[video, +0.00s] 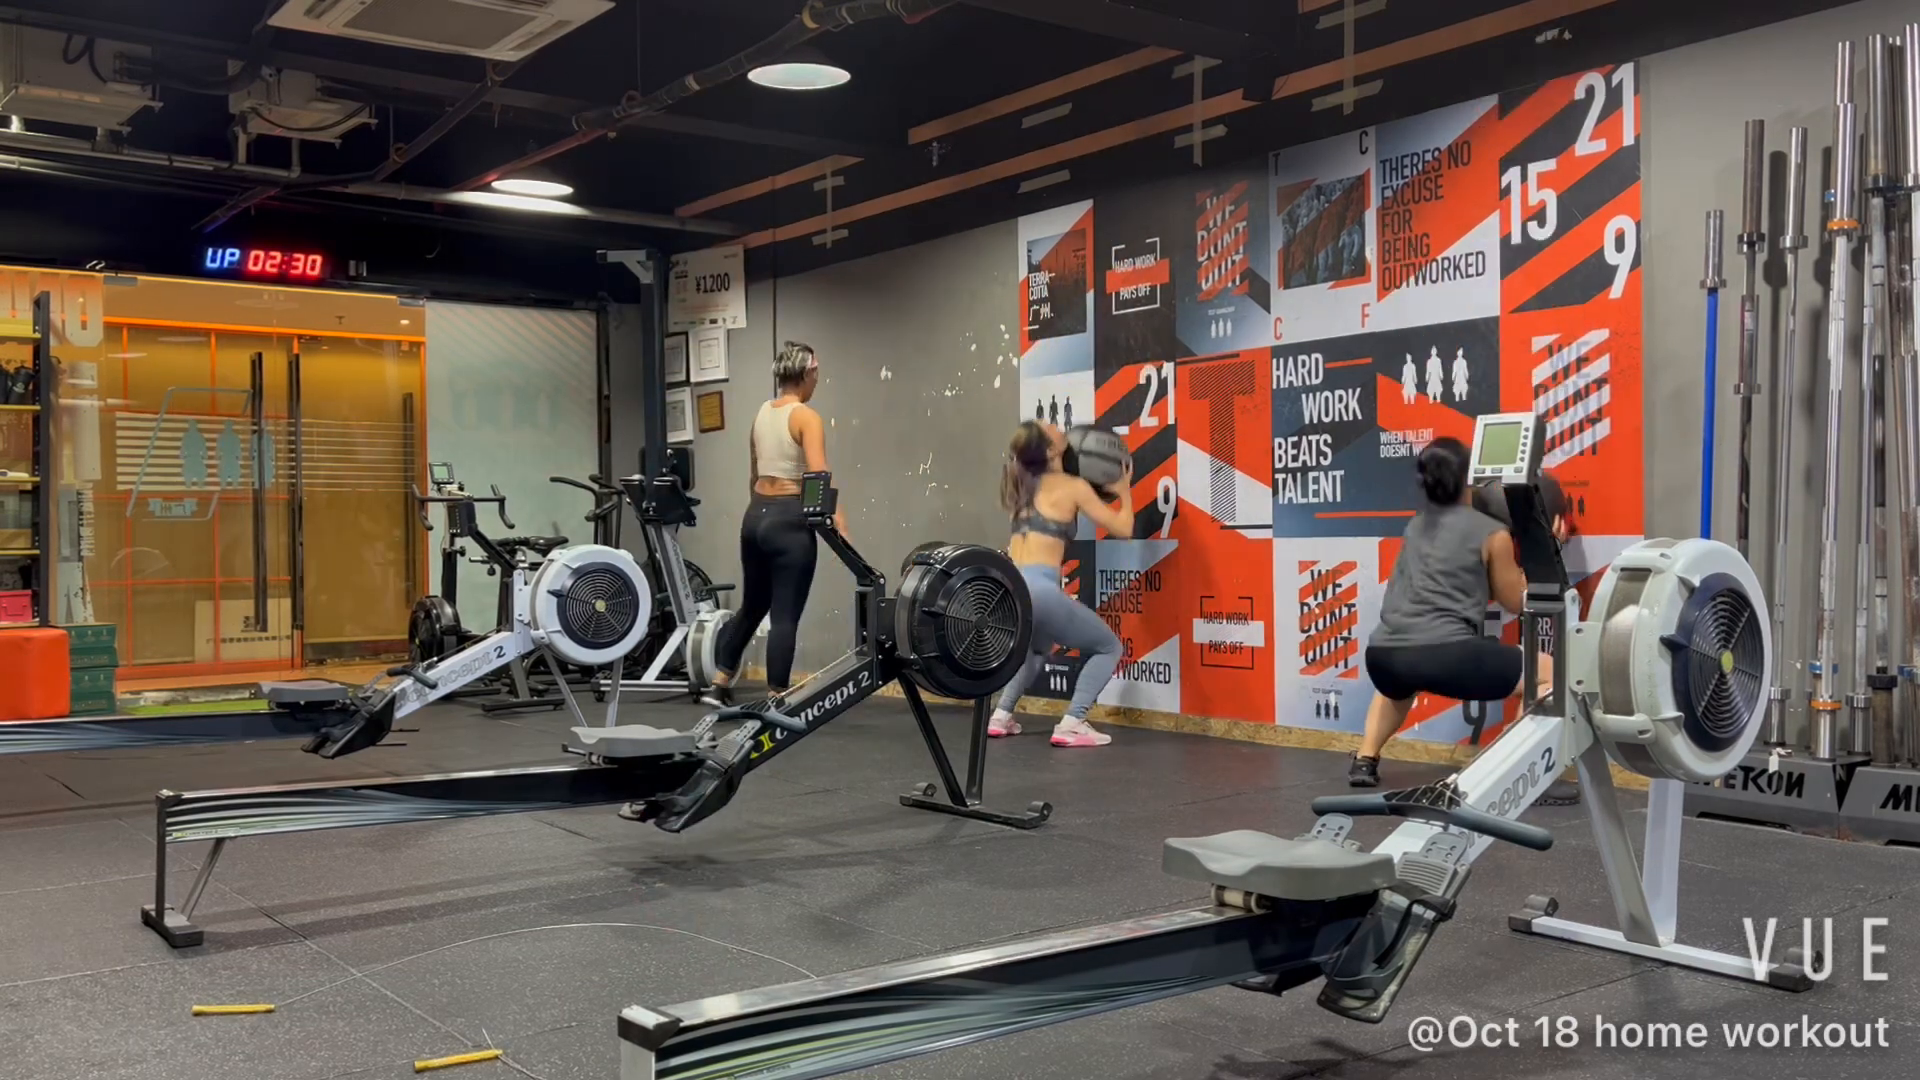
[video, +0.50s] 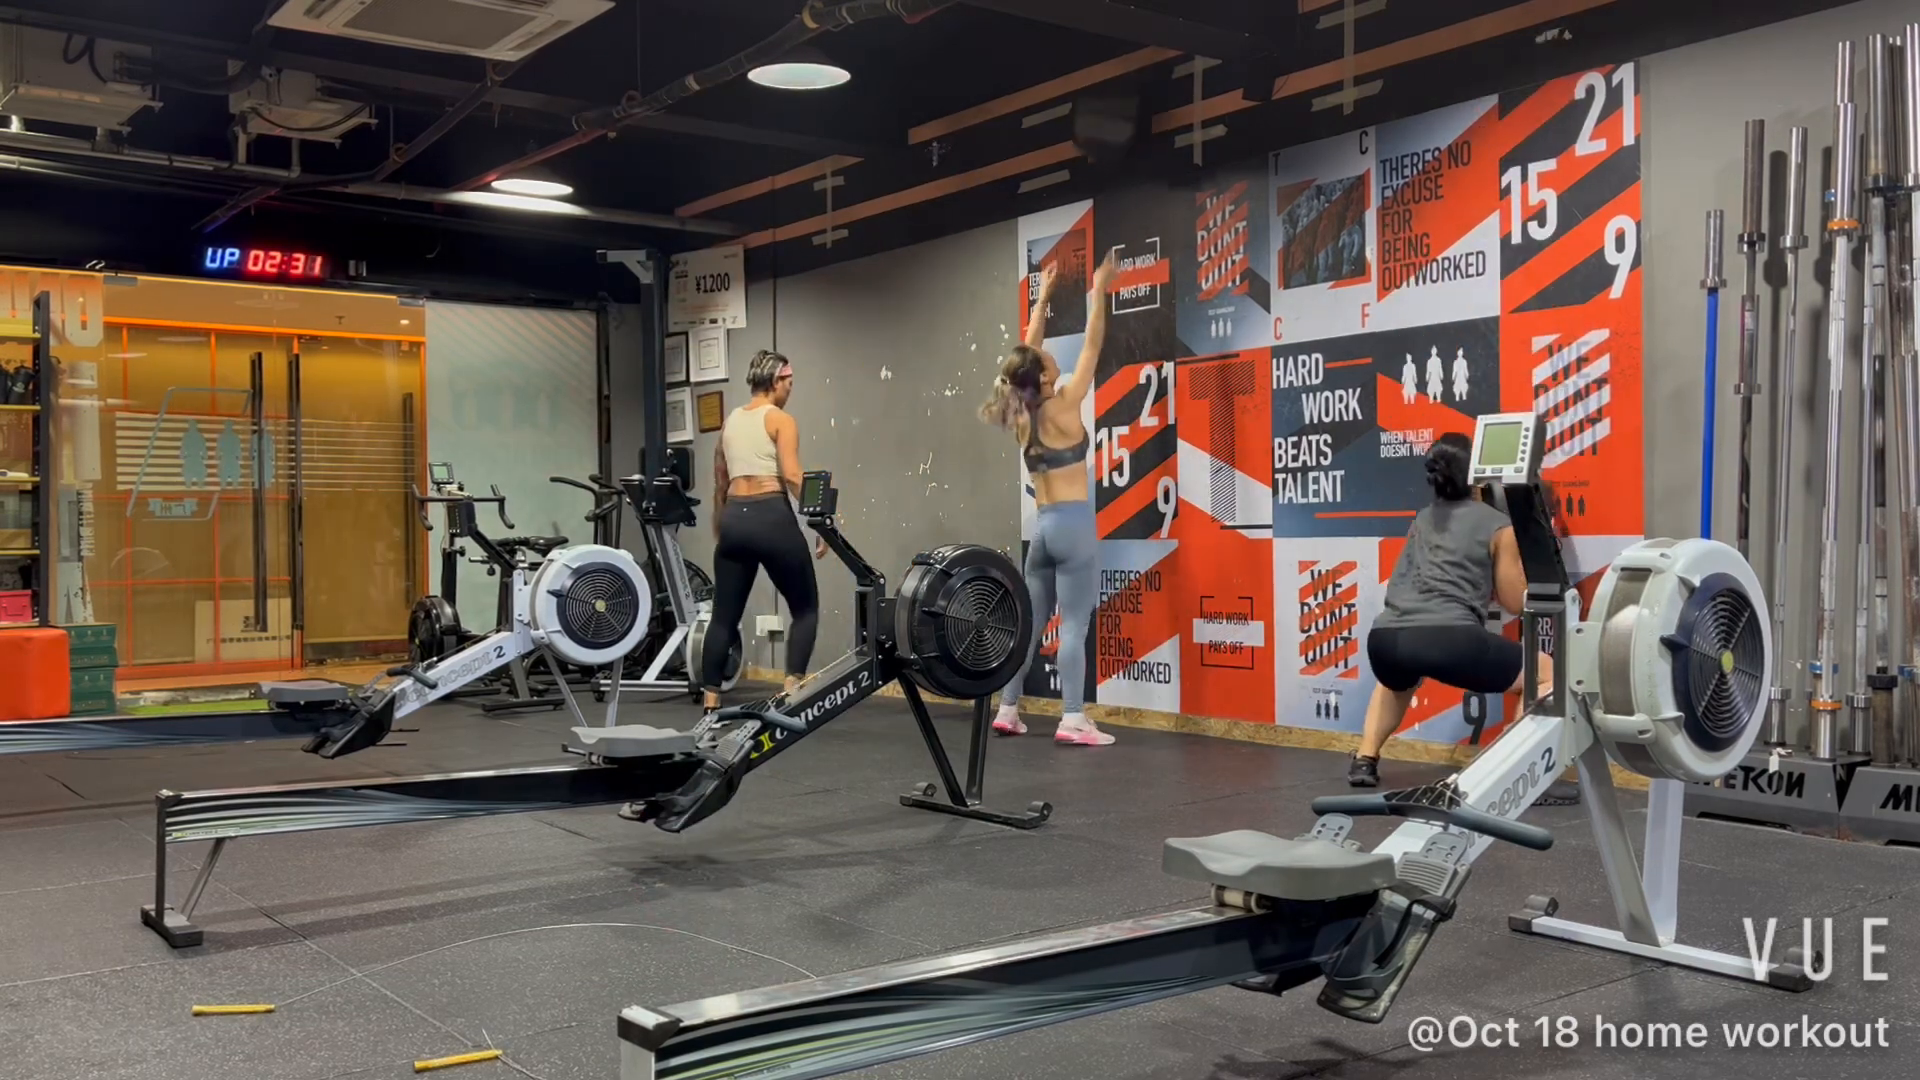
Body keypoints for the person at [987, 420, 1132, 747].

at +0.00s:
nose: (1057, 425)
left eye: (1050, 423)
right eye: (1051, 428)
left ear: (1030, 456)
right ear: (1050, 451)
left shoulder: (1025, 484)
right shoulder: (1073, 485)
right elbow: (1124, 527)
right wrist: (1125, 492)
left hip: (1007, 583)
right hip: (1040, 588)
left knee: (1038, 647)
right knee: (1109, 647)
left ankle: (1001, 715)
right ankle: (1072, 723)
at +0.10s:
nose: (1057, 398)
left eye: (1051, 394)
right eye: (1051, 397)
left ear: (1028, 419)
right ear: (1047, 413)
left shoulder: (1025, 449)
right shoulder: (1071, 446)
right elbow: (1126, 483)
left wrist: (1105, 455)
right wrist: (1124, 444)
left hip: (1016, 554)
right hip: (1047, 558)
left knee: (1028, 638)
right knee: (1105, 637)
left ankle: (1002, 712)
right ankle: (1072, 721)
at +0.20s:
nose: (1047, 355)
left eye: (1041, 352)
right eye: (1041, 355)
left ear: (1019, 380)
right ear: (1040, 373)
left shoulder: (1023, 410)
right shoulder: (1068, 404)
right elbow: (1130, 413)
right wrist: (1126, 372)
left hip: (1029, 513)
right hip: (1060, 515)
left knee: (1023, 612)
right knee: (1090, 614)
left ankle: (1004, 694)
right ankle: (1077, 708)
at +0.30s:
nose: (1046, 344)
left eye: (1042, 341)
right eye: (1041, 345)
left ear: (1018, 364)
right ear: (1038, 359)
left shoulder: (1020, 390)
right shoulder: (1067, 382)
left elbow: (1045, 338)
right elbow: (1118, 351)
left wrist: (1062, 297)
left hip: (1033, 498)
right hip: (1068, 497)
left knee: (1024, 600)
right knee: (1080, 602)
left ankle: (1007, 684)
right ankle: (1084, 696)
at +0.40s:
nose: (1050, 345)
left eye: (1045, 341)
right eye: (1045, 345)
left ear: (1026, 367)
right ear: (1039, 362)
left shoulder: (1024, 394)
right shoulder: (1067, 384)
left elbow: (1036, 336)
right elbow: (1096, 329)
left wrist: (1044, 288)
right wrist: (1110, 273)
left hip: (1037, 507)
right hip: (1072, 506)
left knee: (1030, 605)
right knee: (1081, 609)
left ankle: (1012, 689)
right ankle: (1084, 703)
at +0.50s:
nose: (1057, 364)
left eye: (1050, 362)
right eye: (1052, 361)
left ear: (1024, 378)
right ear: (1046, 374)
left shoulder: (1022, 412)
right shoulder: (1068, 402)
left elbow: (1028, 354)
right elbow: (1093, 344)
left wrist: (1041, 300)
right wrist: (1101, 292)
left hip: (1042, 522)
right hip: (1074, 522)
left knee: (1027, 622)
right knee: (1074, 624)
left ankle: (1008, 709)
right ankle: (1072, 718)